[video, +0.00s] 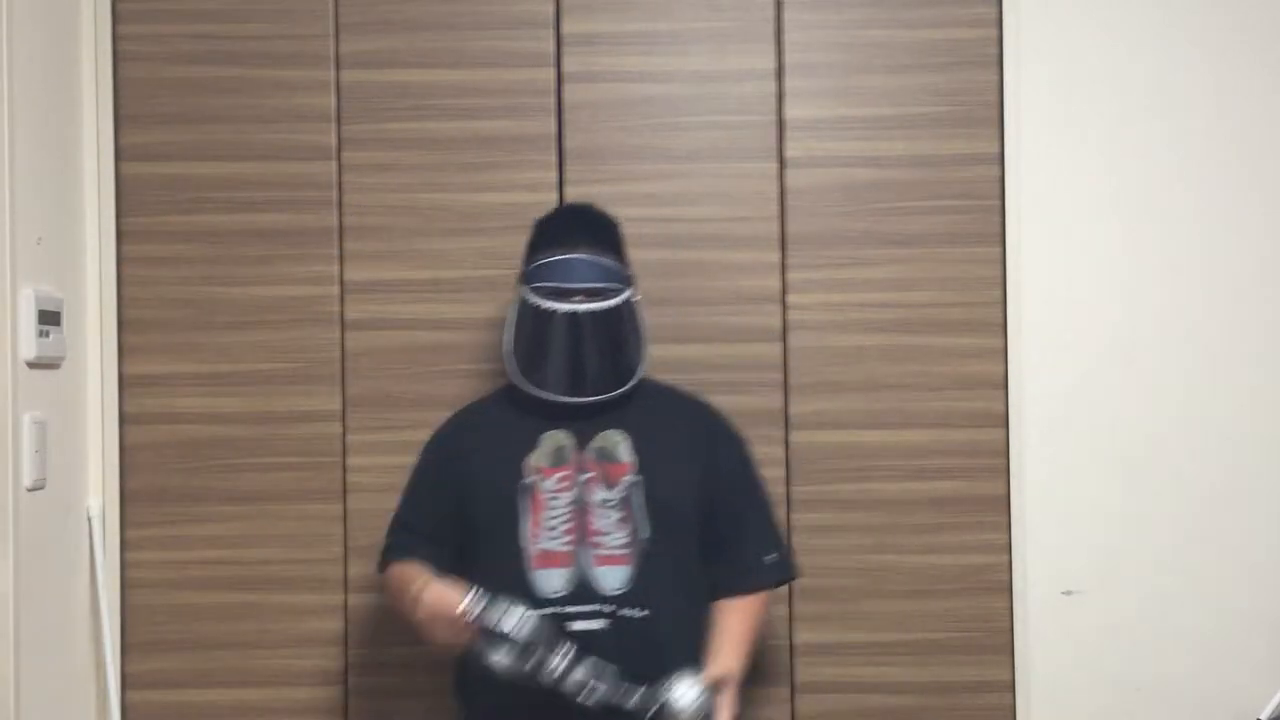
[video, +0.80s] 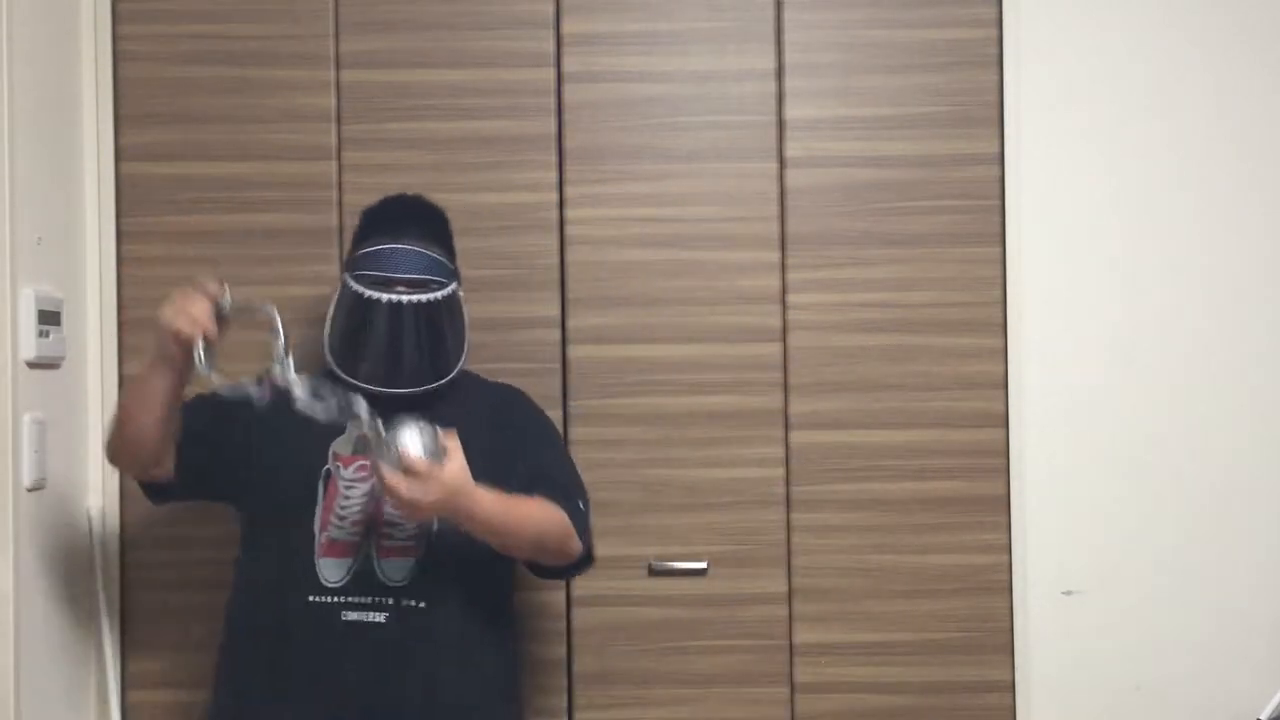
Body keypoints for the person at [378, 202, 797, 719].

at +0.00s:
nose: (577, 335)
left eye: (596, 314)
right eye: (558, 316)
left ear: (628, 312)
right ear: (526, 314)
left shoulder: (696, 436)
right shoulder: (470, 440)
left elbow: (747, 573)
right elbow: (403, 560)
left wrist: (719, 684)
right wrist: (431, 598)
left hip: (661, 701)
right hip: (514, 701)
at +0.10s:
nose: (526, 349)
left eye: (547, 330)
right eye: (507, 329)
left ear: (579, 327)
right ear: (474, 325)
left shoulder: (638, 451)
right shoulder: (414, 450)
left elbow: (684, 594)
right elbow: (358, 568)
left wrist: (651, 700)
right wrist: (371, 621)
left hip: (594, 705)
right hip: (452, 705)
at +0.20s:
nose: (475, 344)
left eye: (494, 326)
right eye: (455, 324)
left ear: (525, 326)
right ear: (424, 320)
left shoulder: (581, 450)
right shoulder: (359, 445)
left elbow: (629, 590)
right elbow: (281, 555)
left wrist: (582, 683)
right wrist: (287, 592)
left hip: (524, 702)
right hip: (387, 699)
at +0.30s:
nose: (433, 331)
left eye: (454, 312)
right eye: (414, 310)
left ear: (486, 312)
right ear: (382, 306)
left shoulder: (543, 436)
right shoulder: (320, 426)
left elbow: (598, 564)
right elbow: (253, 537)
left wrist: (522, 617)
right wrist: (220, 519)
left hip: (494, 704)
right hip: (345, 702)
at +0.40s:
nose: (403, 322)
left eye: (424, 303)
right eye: (384, 301)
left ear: (459, 304)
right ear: (354, 298)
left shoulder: (513, 420)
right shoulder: (289, 413)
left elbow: (585, 551)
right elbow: (168, 492)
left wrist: (480, 540)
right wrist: (172, 401)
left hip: (469, 702)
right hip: (314, 701)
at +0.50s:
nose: (387, 317)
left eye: (410, 297)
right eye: (367, 296)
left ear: (441, 299)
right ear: (337, 292)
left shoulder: (497, 413)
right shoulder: (268, 406)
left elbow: (564, 536)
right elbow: (134, 434)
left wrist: (452, 472)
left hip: (451, 701)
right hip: (293, 701)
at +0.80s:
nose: (396, 317)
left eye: (418, 299)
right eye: (376, 296)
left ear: (450, 302)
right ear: (346, 293)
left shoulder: (502, 419)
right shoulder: (278, 411)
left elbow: (568, 543)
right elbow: (139, 456)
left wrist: (464, 503)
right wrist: (170, 357)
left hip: (449, 705)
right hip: (284, 702)